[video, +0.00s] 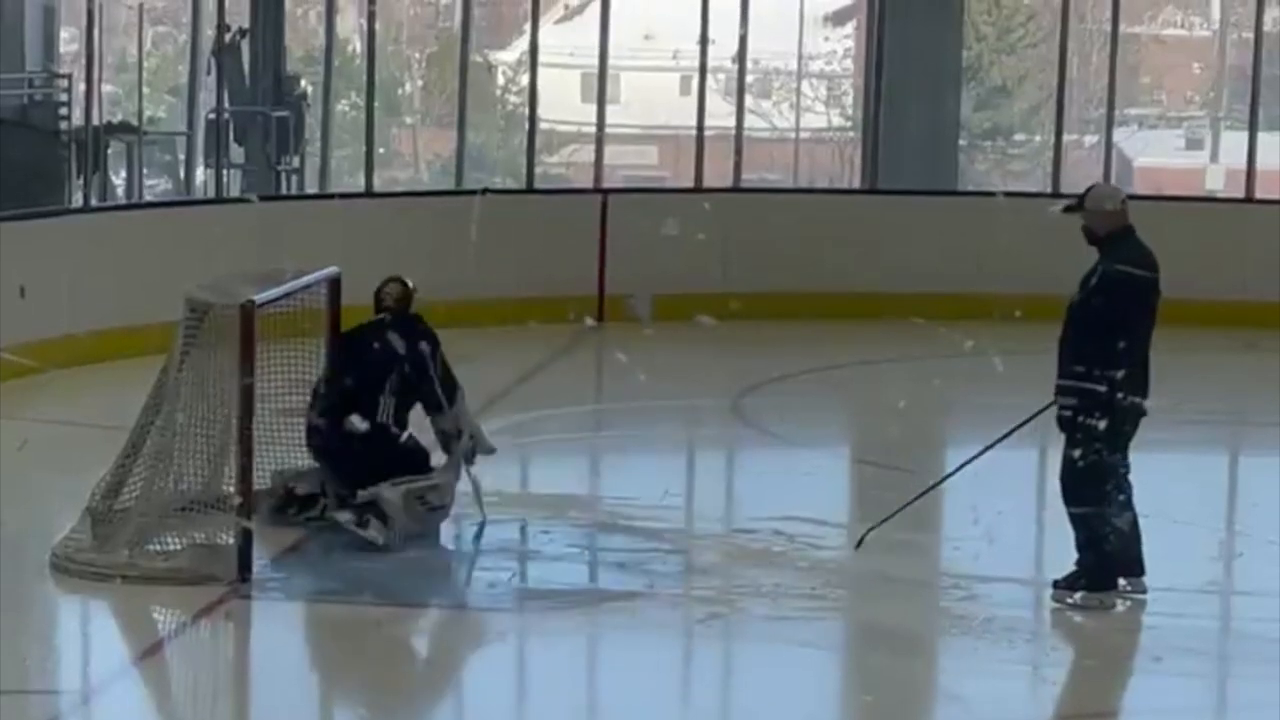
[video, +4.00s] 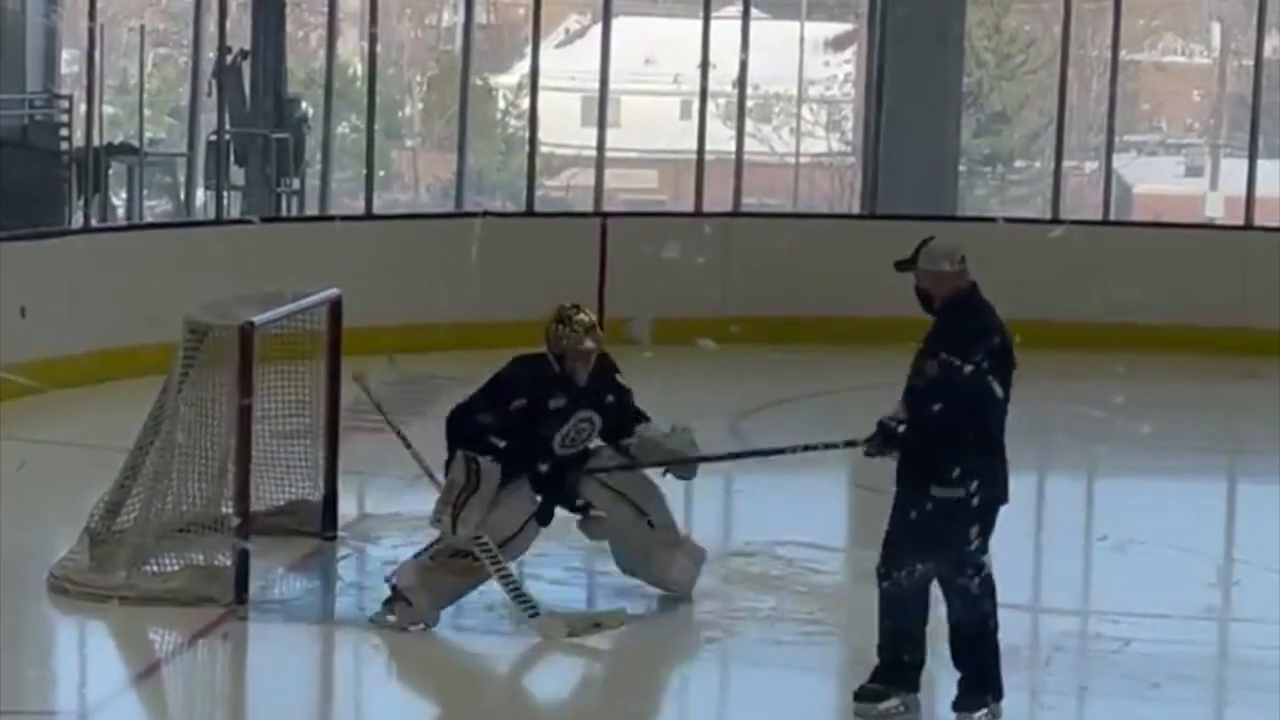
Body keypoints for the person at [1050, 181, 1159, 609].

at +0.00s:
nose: (1082, 227)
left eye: (1086, 219)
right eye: (1082, 219)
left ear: (1105, 219)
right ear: (1114, 218)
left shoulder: (1123, 266)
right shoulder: (1121, 260)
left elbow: (1115, 342)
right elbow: (1100, 339)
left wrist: (1093, 400)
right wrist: (1072, 393)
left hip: (1103, 398)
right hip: (1107, 395)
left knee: (1084, 483)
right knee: (1105, 481)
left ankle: (1099, 572)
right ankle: (1121, 567)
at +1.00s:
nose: (1094, 230)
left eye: (1098, 223)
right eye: (1094, 222)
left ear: (1114, 224)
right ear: (1131, 221)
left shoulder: (1125, 271)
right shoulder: (1149, 263)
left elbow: (1108, 336)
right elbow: (1121, 332)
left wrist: (1074, 363)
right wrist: (1079, 357)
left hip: (1112, 399)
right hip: (1134, 395)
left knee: (1097, 486)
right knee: (1122, 483)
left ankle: (1112, 578)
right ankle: (1134, 572)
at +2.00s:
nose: (1063, 256)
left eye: (1067, 247)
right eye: (1061, 248)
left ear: (1088, 243)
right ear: (1090, 243)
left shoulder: (1113, 287)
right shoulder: (1105, 279)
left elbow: (1111, 361)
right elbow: (1104, 356)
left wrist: (1091, 417)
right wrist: (1083, 407)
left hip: (1112, 413)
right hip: (1113, 410)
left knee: (1088, 494)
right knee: (1115, 494)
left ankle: (1094, 589)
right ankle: (1133, 581)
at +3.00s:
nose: (999, 268)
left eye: (1006, 261)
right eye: (999, 261)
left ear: (1031, 259)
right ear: (1017, 259)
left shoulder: (1080, 309)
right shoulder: (1009, 299)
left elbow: (1084, 387)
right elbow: (979, 361)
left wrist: (1074, 447)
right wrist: (940, 404)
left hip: (1052, 449)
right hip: (1002, 445)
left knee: (1047, 547)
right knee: (993, 540)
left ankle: (1045, 642)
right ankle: (984, 628)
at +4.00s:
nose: (920, 288)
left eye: (925, 279)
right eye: (919, 280)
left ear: (948, 278)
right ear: (948, 278)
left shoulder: (978, 330)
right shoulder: (944, 326)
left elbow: (968, 415)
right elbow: (926, 397)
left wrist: (906, 438)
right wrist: (896, 428)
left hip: (968, 481)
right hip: (924, 477)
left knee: (964, 577)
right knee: (900, 573)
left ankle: (979, 691)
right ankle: (895, 680)